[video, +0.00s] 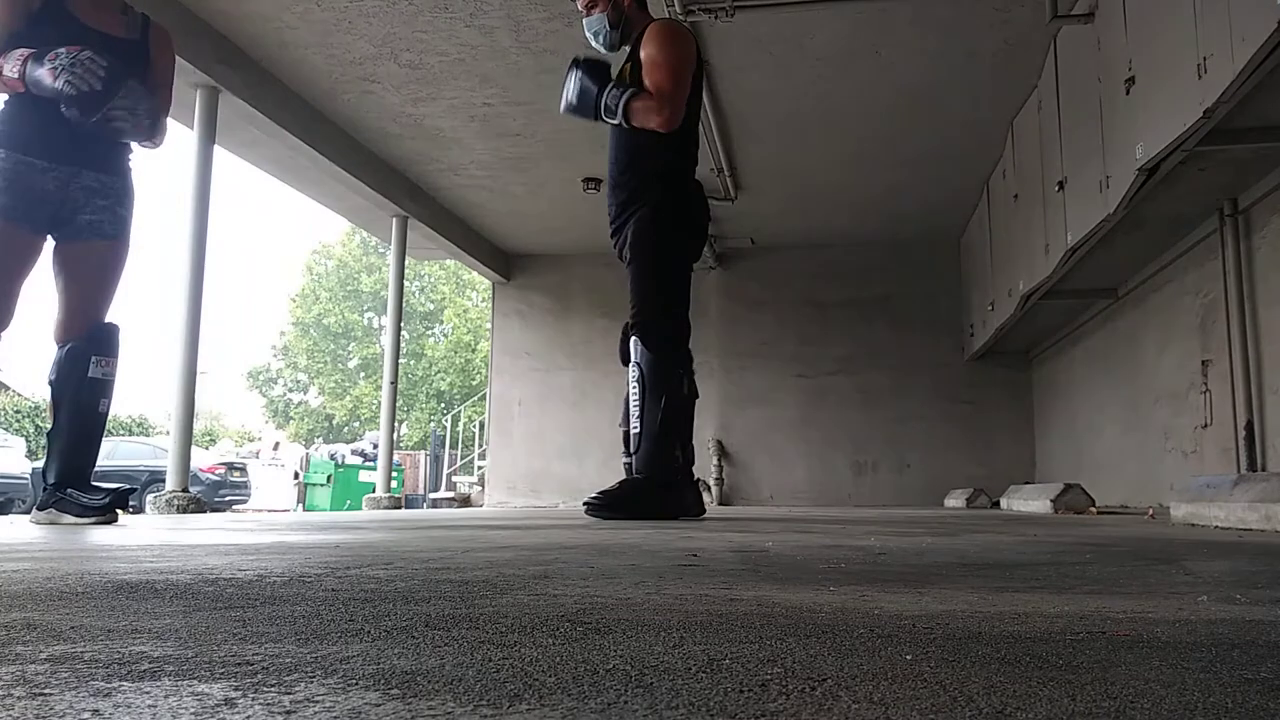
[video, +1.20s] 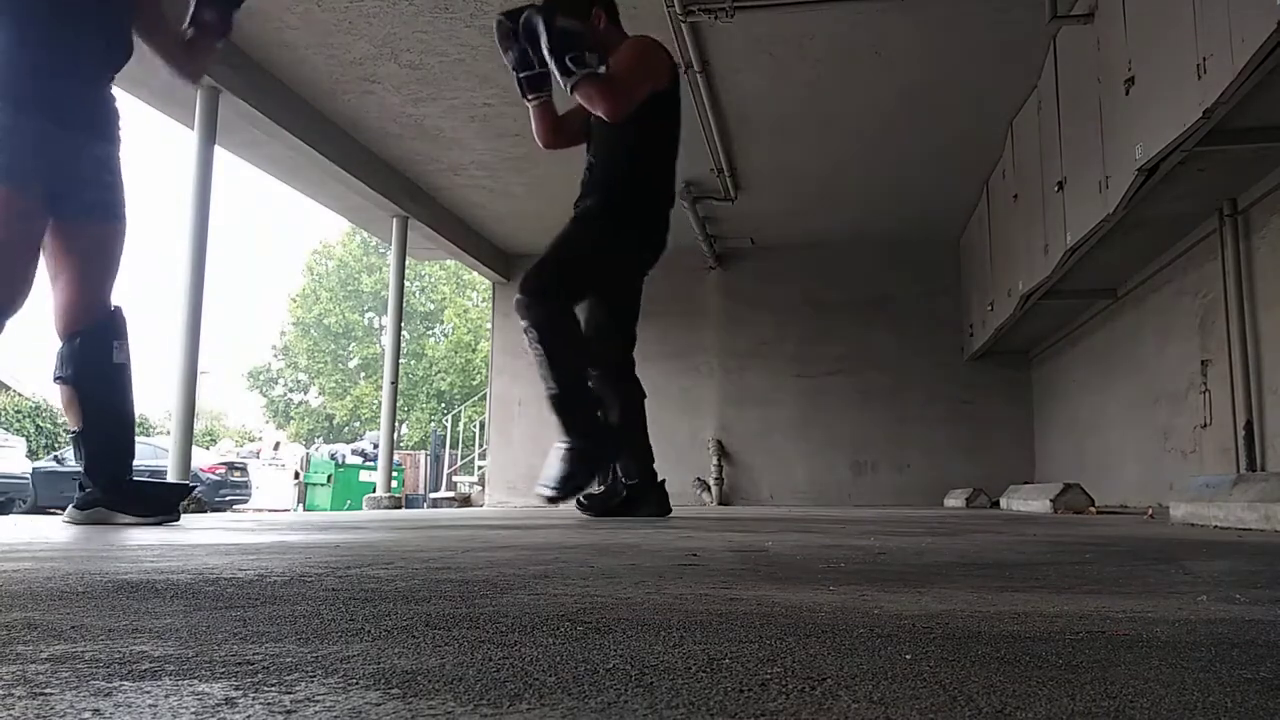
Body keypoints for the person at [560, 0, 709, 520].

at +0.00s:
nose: (588, 21)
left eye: (591, 9)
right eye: (584, 14)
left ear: (623, 1)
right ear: (616, 9)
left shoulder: (663, 35)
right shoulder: (640, 52)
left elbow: (663, 113)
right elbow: (651, 124)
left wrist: (603, 97)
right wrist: (606, 94)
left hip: (662, 214)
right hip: (646, 217)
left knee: (654, 342)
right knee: (659, 344)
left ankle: (655, 480)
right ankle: (671, 479)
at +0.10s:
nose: (587, 19)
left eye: (591, 7)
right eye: (584, 12)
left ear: (621, 2)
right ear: (616, 9)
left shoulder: (660, 34)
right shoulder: (638, 52)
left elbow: (677, 109)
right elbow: (659, 114)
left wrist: (609, 106)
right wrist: (605, 98)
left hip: (660, 215)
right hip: (646, 217)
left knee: (654, 343)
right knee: (657, 344)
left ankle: (656, 480)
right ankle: (670, 479)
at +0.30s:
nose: (587, 16)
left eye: (590, 6)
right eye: (584, 10)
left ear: (619, 0)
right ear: (614, 9)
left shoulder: (658, 32)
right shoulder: (636, 53)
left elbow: (683, 106)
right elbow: (642, 155)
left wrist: (614, 109)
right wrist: (616, 229)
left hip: (660, 212)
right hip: (645, 215)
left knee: (653, 342)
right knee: (655, 342)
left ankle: (657, 481)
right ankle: (669, 479)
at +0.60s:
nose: (589, 19)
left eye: (590, 9)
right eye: (585, 16)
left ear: (610, 2)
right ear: (617, 11)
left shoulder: (646, 28)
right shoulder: (640, 48)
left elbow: (643, 109)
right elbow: (645, 158)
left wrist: (571, 96)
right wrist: (581, 164)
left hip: (651, 211)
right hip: (645, 213)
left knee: (645, 343)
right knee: (647, 343)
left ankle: (656, 480)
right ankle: (664, 477)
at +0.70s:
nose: (583, 11)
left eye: (586, 3)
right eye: (580, 9)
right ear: (607, 10)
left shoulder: (644, 25)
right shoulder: (642, 40)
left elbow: (608, 96)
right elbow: (621, 144)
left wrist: (551, 55)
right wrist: (559, 116)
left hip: (649, 212)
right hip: (647, 213)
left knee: (645, 343)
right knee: (617, 345)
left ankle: (658, 483)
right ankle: (649, 478)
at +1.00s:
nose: (584, 27)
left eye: (585, 16)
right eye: (582, 21)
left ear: (612, 7)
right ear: (604, 19)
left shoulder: (651, 43)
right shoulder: (619, 67)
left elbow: (604, 101)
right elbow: (569, 136)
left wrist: (564, 48)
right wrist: (542, 66)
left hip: (635, 220)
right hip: (615, 223)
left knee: (597, 337)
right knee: (612, 343)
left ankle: (645, 474)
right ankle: (631, 474)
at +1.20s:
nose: (568, 44)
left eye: (570, 28)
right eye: (565, 33)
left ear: (600, 18)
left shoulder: (645, 51)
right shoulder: (607, 84)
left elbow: (610, 106)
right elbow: (551, 135)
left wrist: (555, 51)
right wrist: (527, 66)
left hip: (622, 221)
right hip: (606, 225)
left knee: (537, 296)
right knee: (607, 358)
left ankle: (585, 437)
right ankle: (638, 483)